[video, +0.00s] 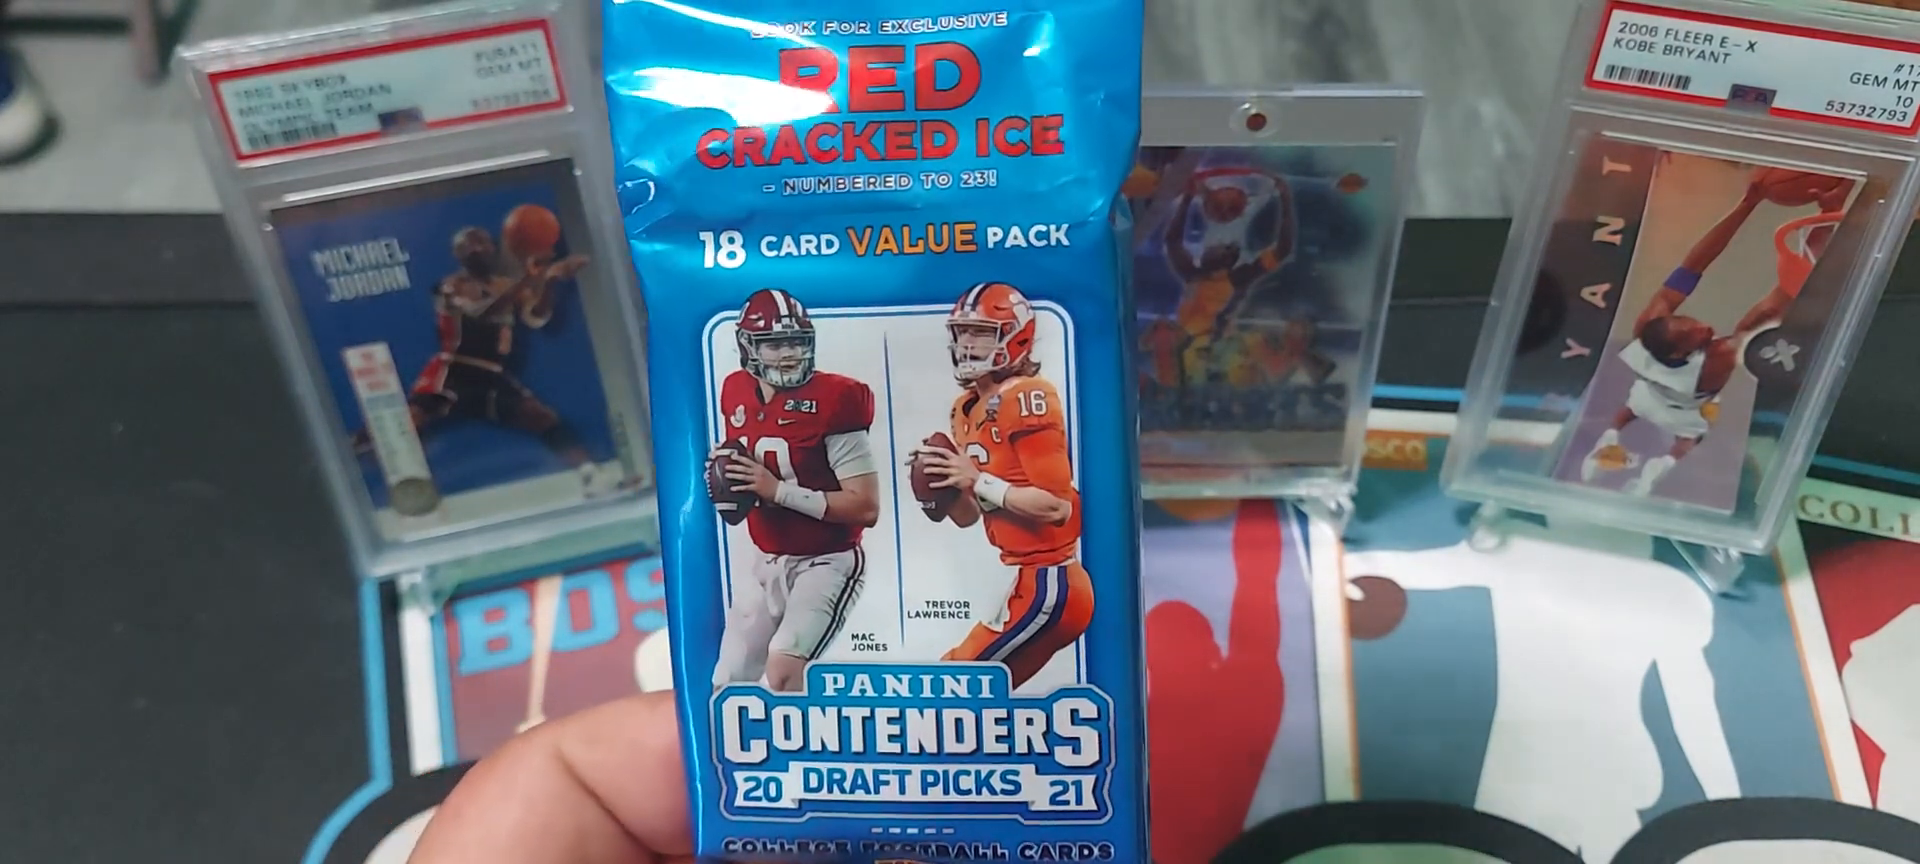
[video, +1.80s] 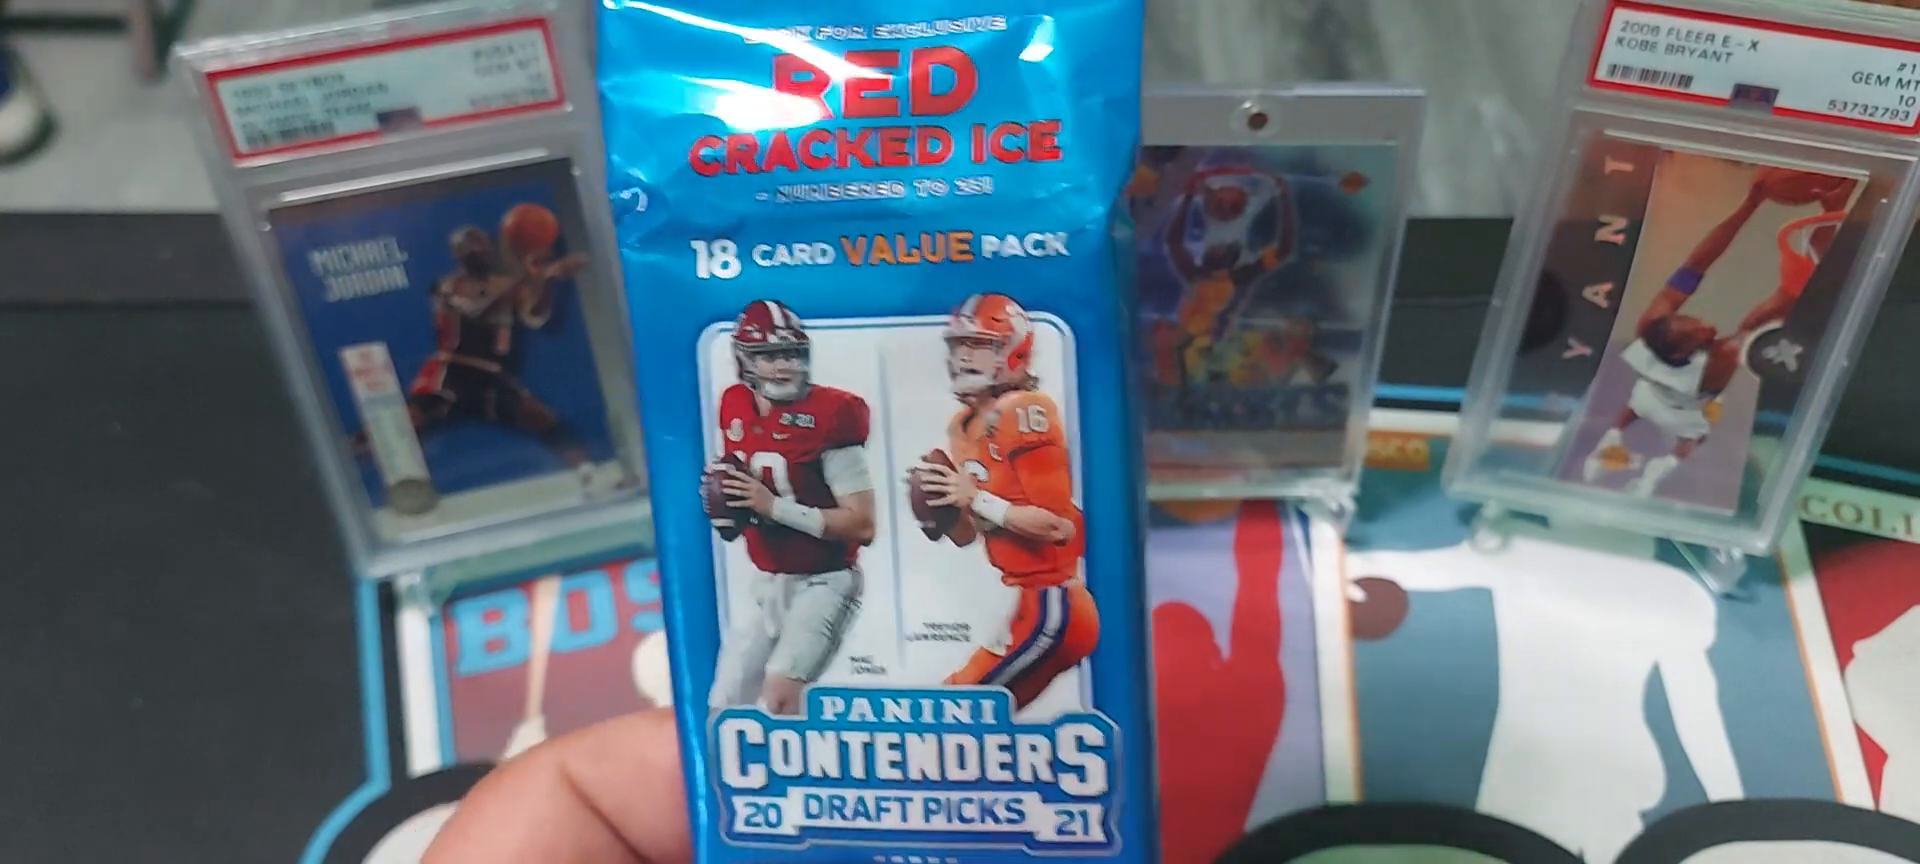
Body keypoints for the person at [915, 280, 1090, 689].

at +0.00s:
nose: (967, 346)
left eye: (981, 335)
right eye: (962, 334)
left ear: (1015, 339)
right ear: (953, 337)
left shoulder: (1027, 396)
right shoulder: (964, 409)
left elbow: (1054, 505)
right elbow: (966, 515)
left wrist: (976, 479)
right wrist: (937, 485)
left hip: (1050, 585)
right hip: (1030, 582)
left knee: (947, 689)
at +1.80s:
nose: (962, 358)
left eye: (978, 347)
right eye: (957, 345)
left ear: (1012, 355)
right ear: (947, 350)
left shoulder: (1025, 410)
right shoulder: (961, 424)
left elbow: (1058, 524)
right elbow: (964, 534)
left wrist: (975, 498)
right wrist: (935, 505)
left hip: (1052, 605)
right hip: (1029, 602)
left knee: (951, 712)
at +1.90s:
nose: (1033, 381)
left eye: (1049, 369)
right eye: (1028, 367)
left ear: (1083, 378)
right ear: (1018, 371)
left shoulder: (1095, 435)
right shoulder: (1032, 447)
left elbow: (1124, 551)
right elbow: (1029, 558)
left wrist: (1041, 523)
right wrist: (999, 528)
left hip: (1115, 633)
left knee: (1012, 739)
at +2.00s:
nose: (1087, 412)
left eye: (1103, 399)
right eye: (1082, 398)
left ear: (1139, 409)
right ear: (1074, 401)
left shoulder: (1151, 468)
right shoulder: (1086, 479)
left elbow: (1180, 587)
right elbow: (1081, 592)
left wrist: (1093, 556)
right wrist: (1050, 563)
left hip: (1169, 672)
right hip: (1145, 668)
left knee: (1057, 778)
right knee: (1073, 788)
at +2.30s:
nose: (1142, 409)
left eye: (1158, 398)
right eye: (1139, 397)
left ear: (1194, 406)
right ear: (1130, 400)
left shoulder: (1203, 468)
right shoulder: (1134, 474)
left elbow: (1222, 584)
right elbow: (1126, 588)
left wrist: (1140, 551)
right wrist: (1097, 555)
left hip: (1210, 669)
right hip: (1186, 664)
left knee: (1093, 768)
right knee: (1108, 779)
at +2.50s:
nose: (1187, 383)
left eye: (1203, 373)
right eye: (1184, 369)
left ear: (1238, 382)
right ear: (1173, 370)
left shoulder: (1242, 443)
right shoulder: (1173, 445)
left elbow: (1253, 559)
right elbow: (1158, 558)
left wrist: (1173, 522)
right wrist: (1135, 522)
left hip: (1236, 642)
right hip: (1213, 637)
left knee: (1112, 735)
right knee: (1129, 746)